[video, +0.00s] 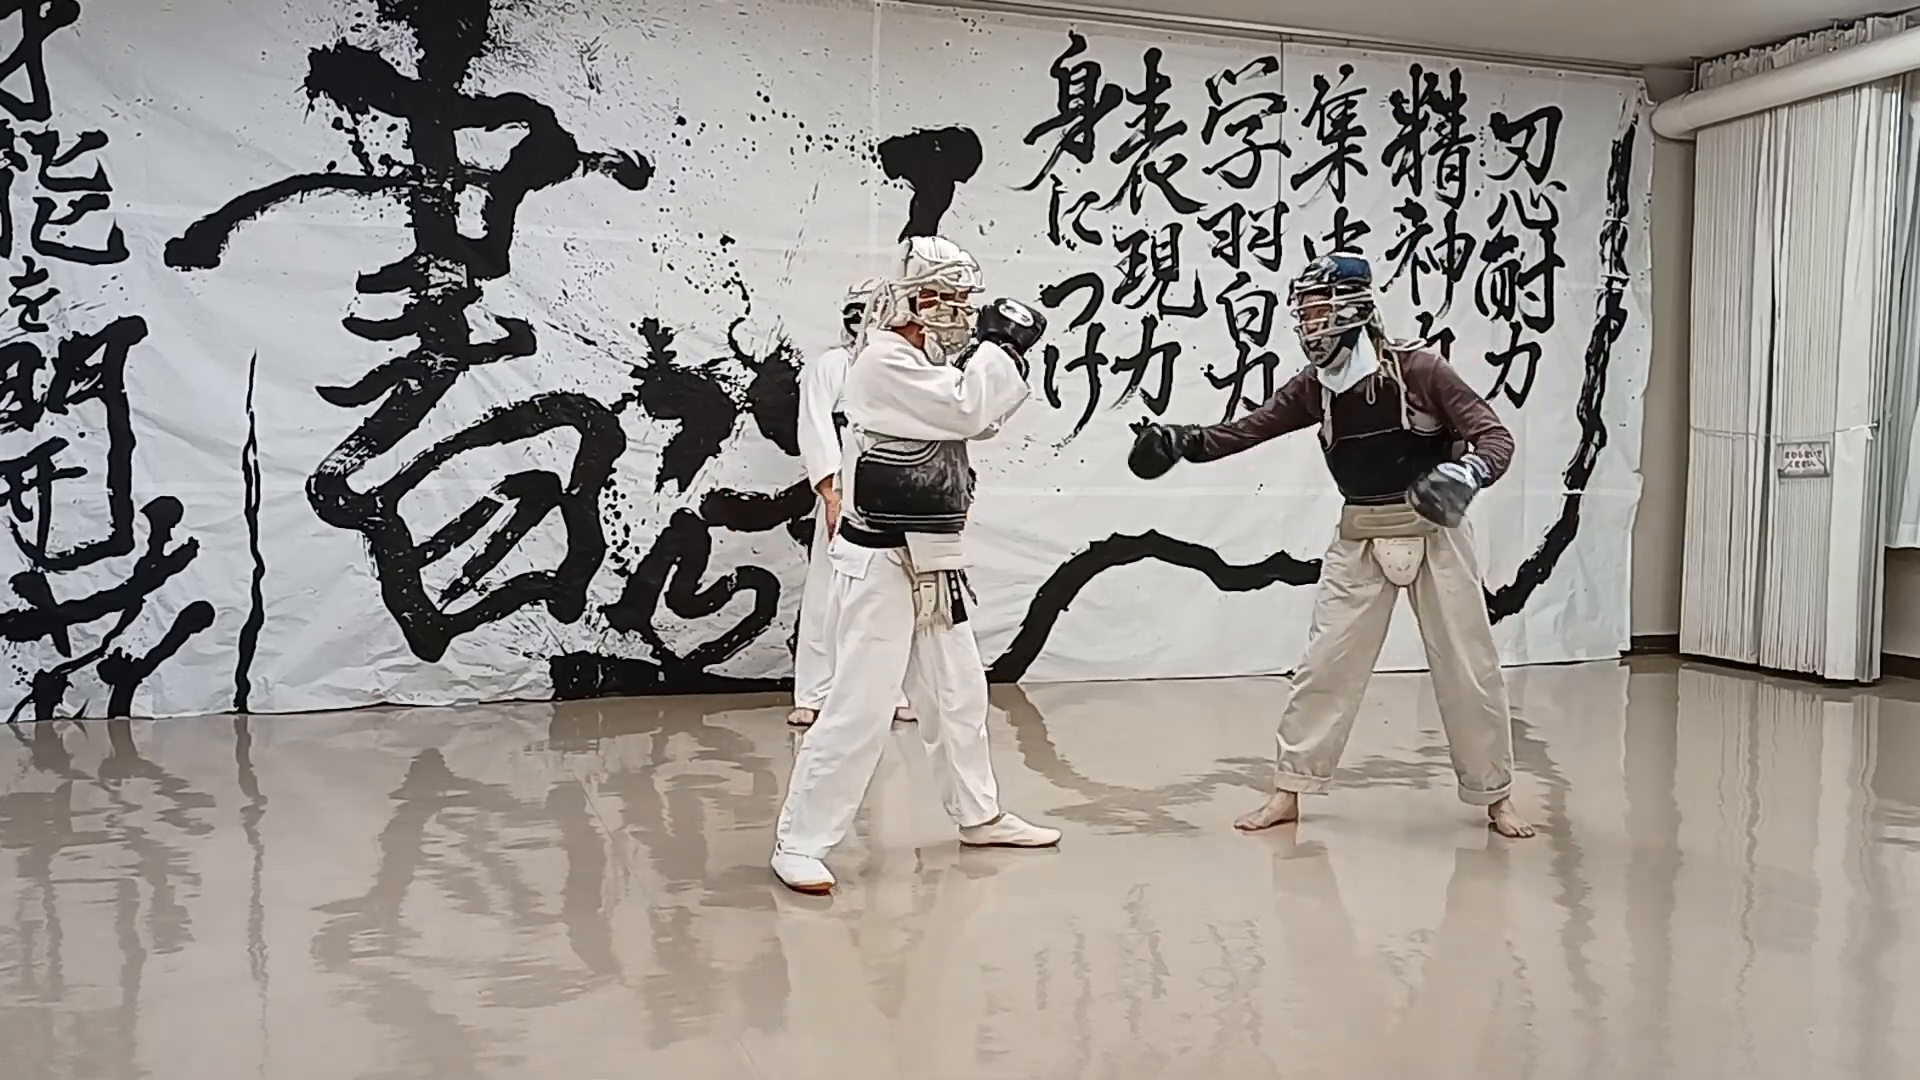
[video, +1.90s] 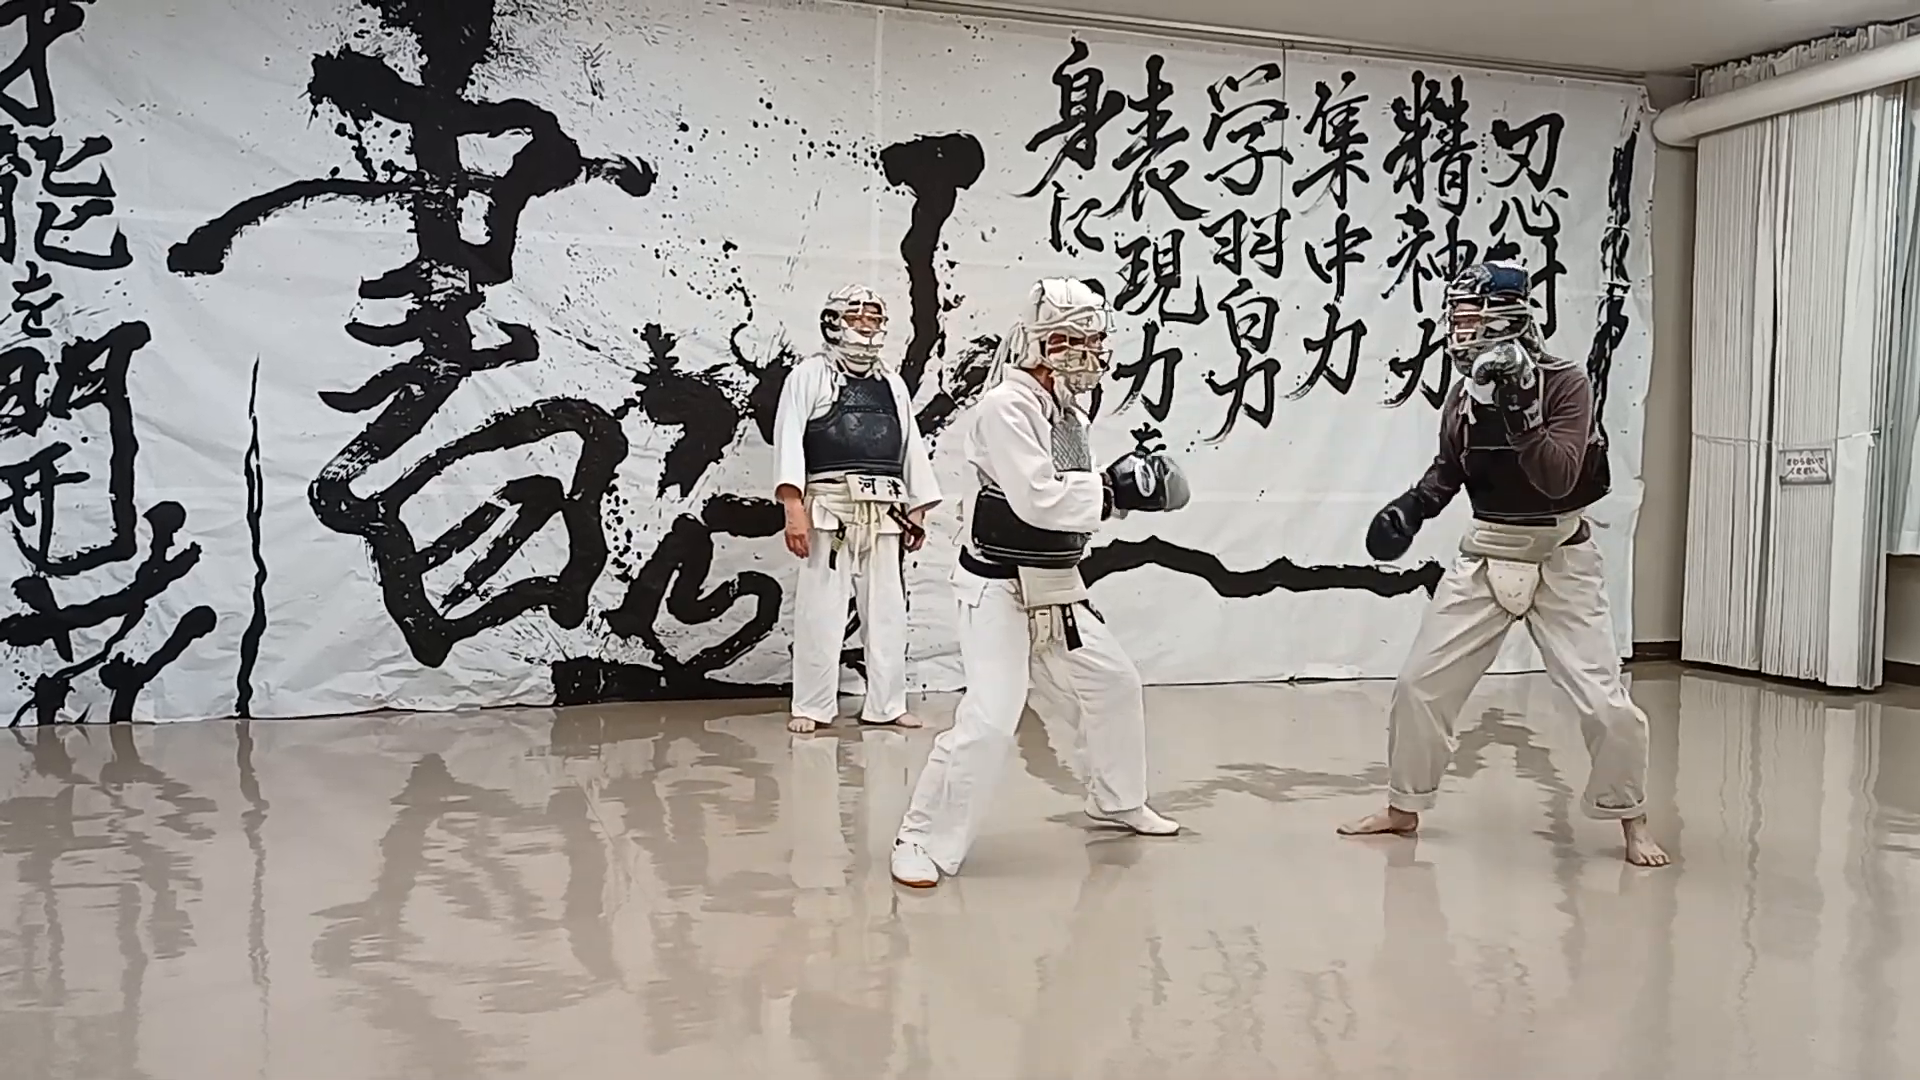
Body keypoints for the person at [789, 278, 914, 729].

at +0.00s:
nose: (866, 328)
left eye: (874, 319)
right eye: (860, 318)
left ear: (887, 321)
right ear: (850, 321)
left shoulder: (902, 366)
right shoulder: (827, 365)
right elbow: (814, 429)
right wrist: (830, 490)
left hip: (891, 495)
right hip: (842, 493)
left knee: (890, 597)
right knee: (824, 595)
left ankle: (891, 690)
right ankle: (812, 693)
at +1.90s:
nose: (867, 325)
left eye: (874, 319)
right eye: (857, 317)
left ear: (881, 326)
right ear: (835, 322)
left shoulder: (892, 381)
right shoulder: (810, 373)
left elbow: (911, 447)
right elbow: (789, 442)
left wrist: (918, 509)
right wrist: (793, 508)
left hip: (884, 509)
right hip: (825, 507)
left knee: (887, 611)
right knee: (820, 612)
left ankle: (885, 706)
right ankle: (811, 709)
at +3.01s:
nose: (806, 325)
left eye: (813, 318)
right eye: (796, 316)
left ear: (819, 326)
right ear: (772, 320)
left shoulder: (827, 381)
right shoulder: (743, 373)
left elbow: (846, 447)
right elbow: (724, 443)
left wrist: (853, 509)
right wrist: (731, 510)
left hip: (819, 510)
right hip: (760, 509)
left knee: (821, 614)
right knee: (753, 614)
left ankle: (819, 707)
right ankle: (743, 711)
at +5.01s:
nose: (734, 320)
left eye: (742, 314)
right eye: (724, 312)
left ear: (750, 323)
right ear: (702, 317)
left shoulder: (759, 379)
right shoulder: (674, 371)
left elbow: (779, 446)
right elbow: (655, 441)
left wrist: (784, 510)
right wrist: (662, 509)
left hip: (752, 510)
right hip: (692, 509)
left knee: (755, 614)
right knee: (685, 615)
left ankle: (751, 708)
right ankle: (675, 713)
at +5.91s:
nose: (700, 321)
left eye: (708, 315)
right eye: (690, 313)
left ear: (716, 323)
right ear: (669, 318)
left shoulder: (729, 378)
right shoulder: (643, 370)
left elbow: (750, 446)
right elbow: (623, 440)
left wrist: (756, 511)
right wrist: (630, 509)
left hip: (722, 510)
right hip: (660, 509)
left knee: (724, 615)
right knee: (653, 616)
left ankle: (720, 709)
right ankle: (644, 714)